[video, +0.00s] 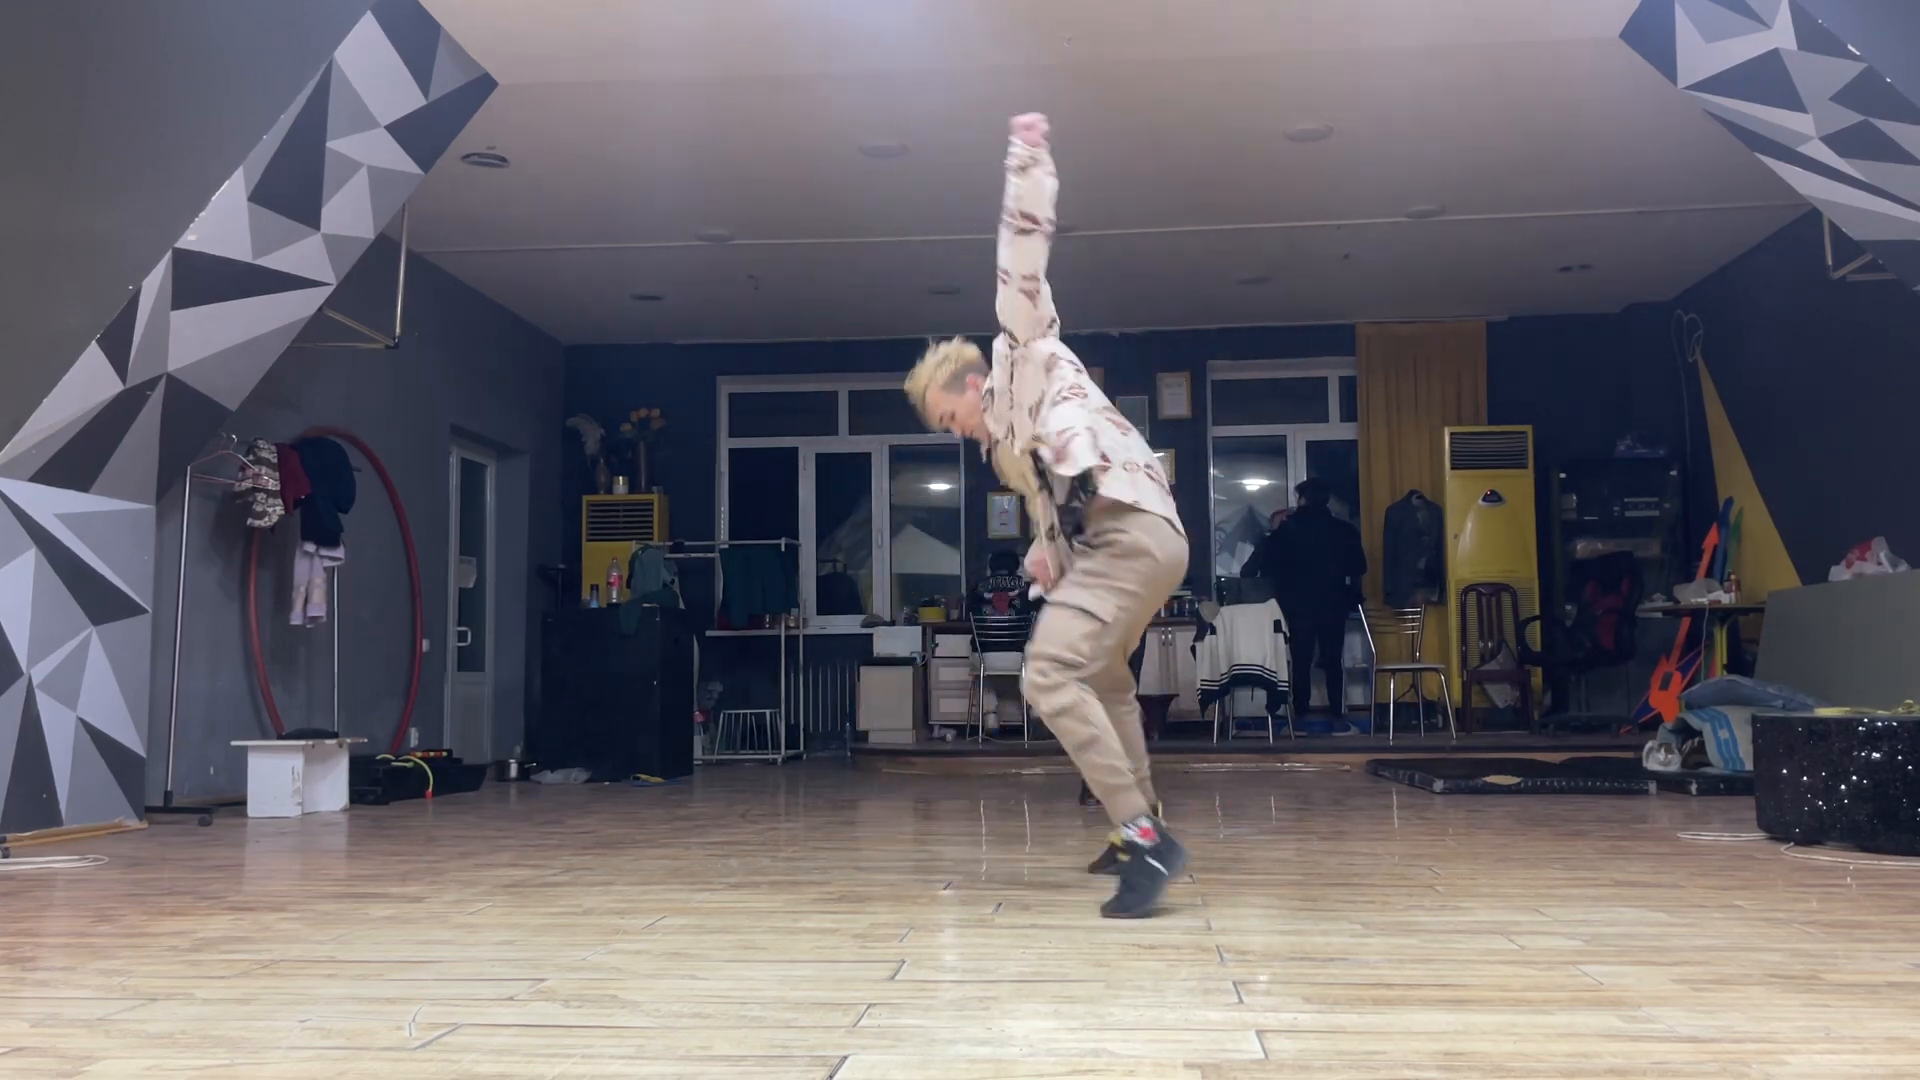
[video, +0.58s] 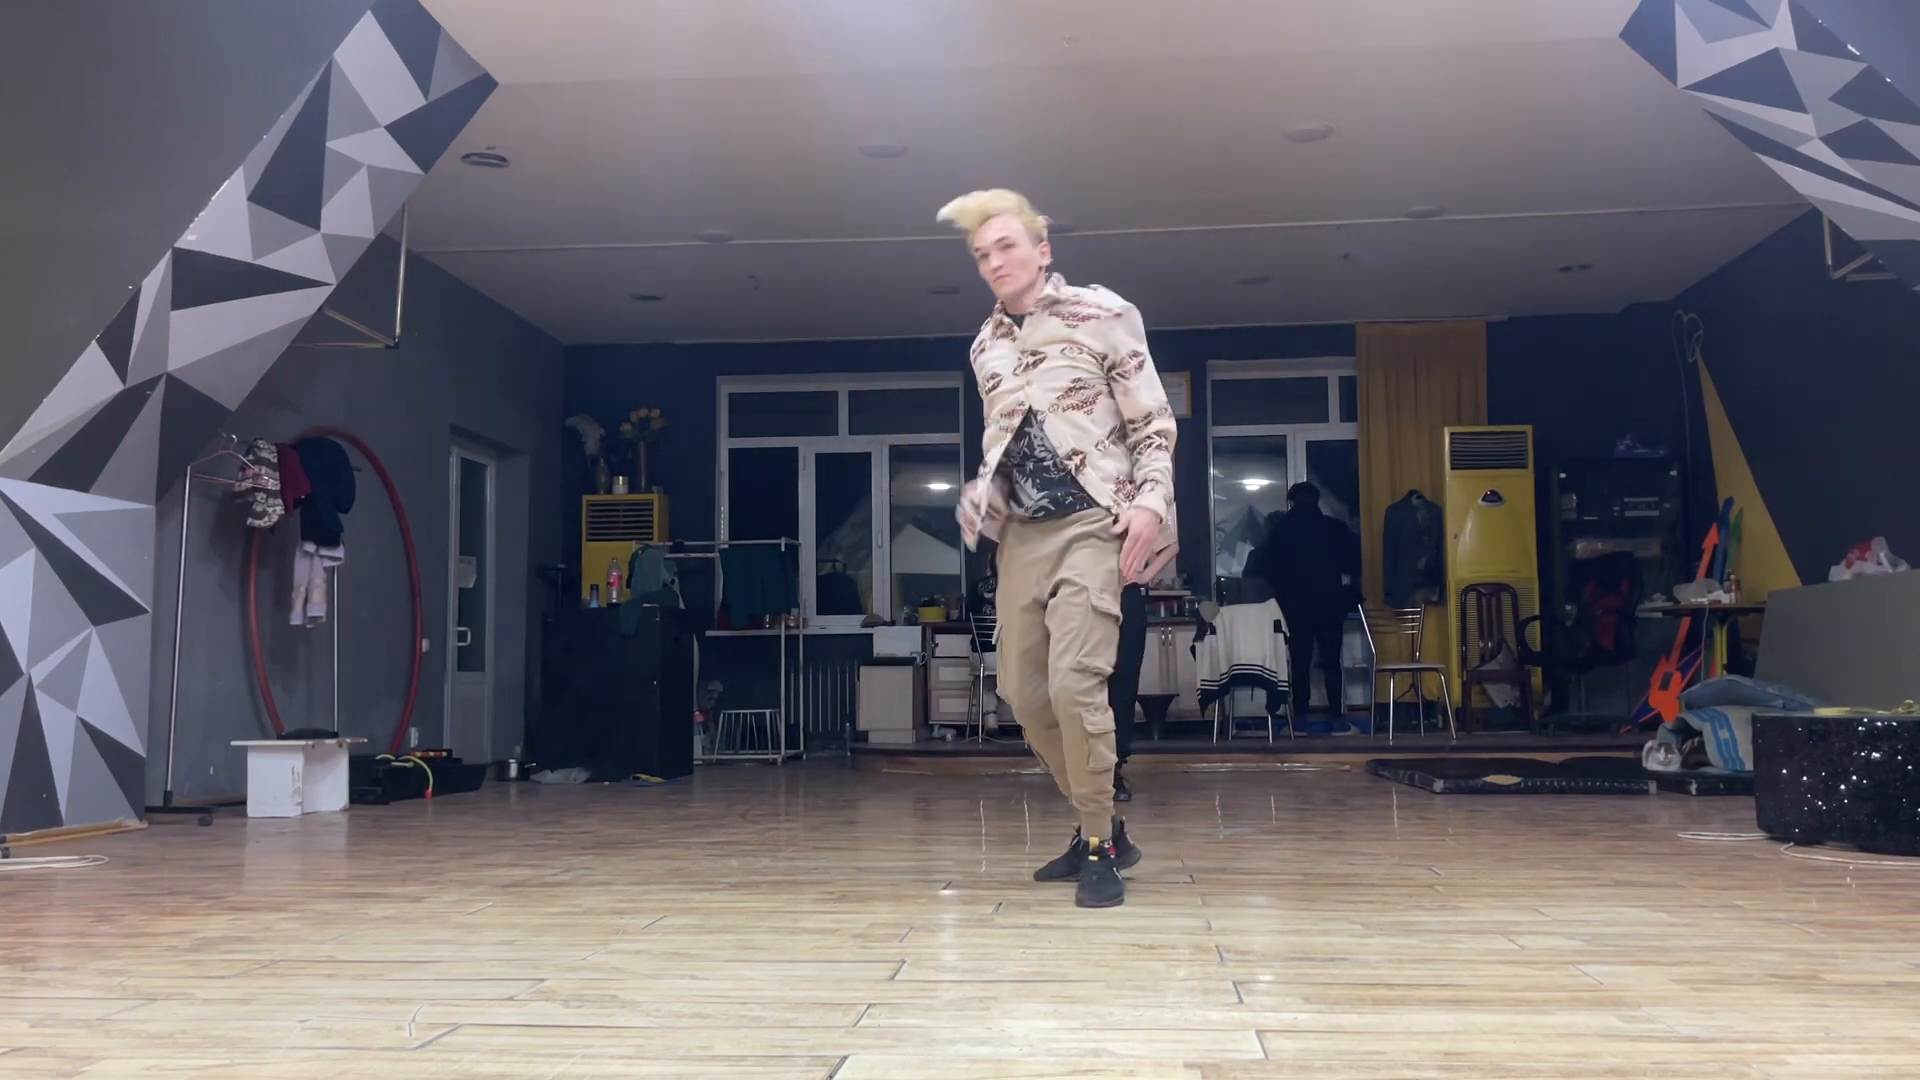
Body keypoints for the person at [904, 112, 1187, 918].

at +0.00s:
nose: (957, 430)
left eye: (951, 415)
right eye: (947, 425)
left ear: (968, 379)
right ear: (965, 400)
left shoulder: (1022, 348)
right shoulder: (1019, 437)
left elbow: (1021, 252)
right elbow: (1070, 501)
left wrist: (1027, 156)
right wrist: (1049, 547)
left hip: (1132, 529)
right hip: (1125, 542)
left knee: (1051, 674)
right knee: (1104, 675)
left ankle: (1145, 839)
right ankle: (1139, 824)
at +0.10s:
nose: (956, 522)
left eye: (951, 505)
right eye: (945, 516)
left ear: (974, 469)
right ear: (954, 501)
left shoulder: (1028, 431)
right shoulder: (1001, 545)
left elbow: (1034, 332)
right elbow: (1054, 602)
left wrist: (1043, 230)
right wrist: (1045, 644)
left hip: (1170, 582)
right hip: (1111, 603)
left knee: (1098, 711)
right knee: (1065, 702)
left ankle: (1201, 864)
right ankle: (1146, 836)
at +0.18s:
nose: (965, 576)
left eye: (962, 560)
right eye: (953, 571)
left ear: (981, 523)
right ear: (958, 564)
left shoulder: (1020, 478)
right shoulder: (1011, 599)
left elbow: (996, 372)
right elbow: (1056, 644)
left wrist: (976, 279)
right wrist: (1053, 682)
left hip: (1188, 598)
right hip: (1124, 624)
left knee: (1110, 703)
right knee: (1063, 711)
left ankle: (1204, 864)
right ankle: (1149, 840)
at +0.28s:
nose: (963, 546)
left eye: (958, 530)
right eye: (952, 543)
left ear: (974, 495)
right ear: (955, 543)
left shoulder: (1016, 459)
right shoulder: (1019, 578)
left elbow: (985, 393)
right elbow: (1069, 634)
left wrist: (930, 320)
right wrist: (1042, 686)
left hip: (1184, 578)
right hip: (1130, 610)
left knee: (1119, 695)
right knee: (1070, 713)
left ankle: (1205, 862)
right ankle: (1148, 835)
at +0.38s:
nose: (947, 433)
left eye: (946, 417)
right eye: (939, 425)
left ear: (973, 386)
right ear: (954, 409)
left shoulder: (1027, 378)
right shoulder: (999, 476)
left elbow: (1067, 383)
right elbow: (1048, 556)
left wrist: (1042, 435)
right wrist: (1031, 620)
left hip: (1151, 536)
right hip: (1089, 561)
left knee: (1094, 666)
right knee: (1051, 686)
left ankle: (1176, 840)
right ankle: (1131, 820)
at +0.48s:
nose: (954, 318)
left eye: (961, 300)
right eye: (944, 311)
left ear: (1001, 288)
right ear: (945, 320)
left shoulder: (1067, 333)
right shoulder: (980, 380)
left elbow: (1142, 423)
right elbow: (1017, 472)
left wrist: (1141, 508)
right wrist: (1009, 549)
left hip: (1117, 525)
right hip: (1054, 541)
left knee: (1078, 662)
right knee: (1029, 680)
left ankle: (1119, 835)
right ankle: (1107, 818)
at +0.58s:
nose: (993, 263)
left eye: (1004, 248)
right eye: (982, 255)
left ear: (1041, 247)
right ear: (977, 265)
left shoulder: (1104, 315)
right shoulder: (987, 345)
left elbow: (1154, 424)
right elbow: (1000, 443)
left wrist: (1151, 505)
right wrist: (980, 491)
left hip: (1094, 525)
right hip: (1020, 533)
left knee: (1075, 684)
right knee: (1024, 691)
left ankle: (1099, 845)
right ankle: (1098, 828)